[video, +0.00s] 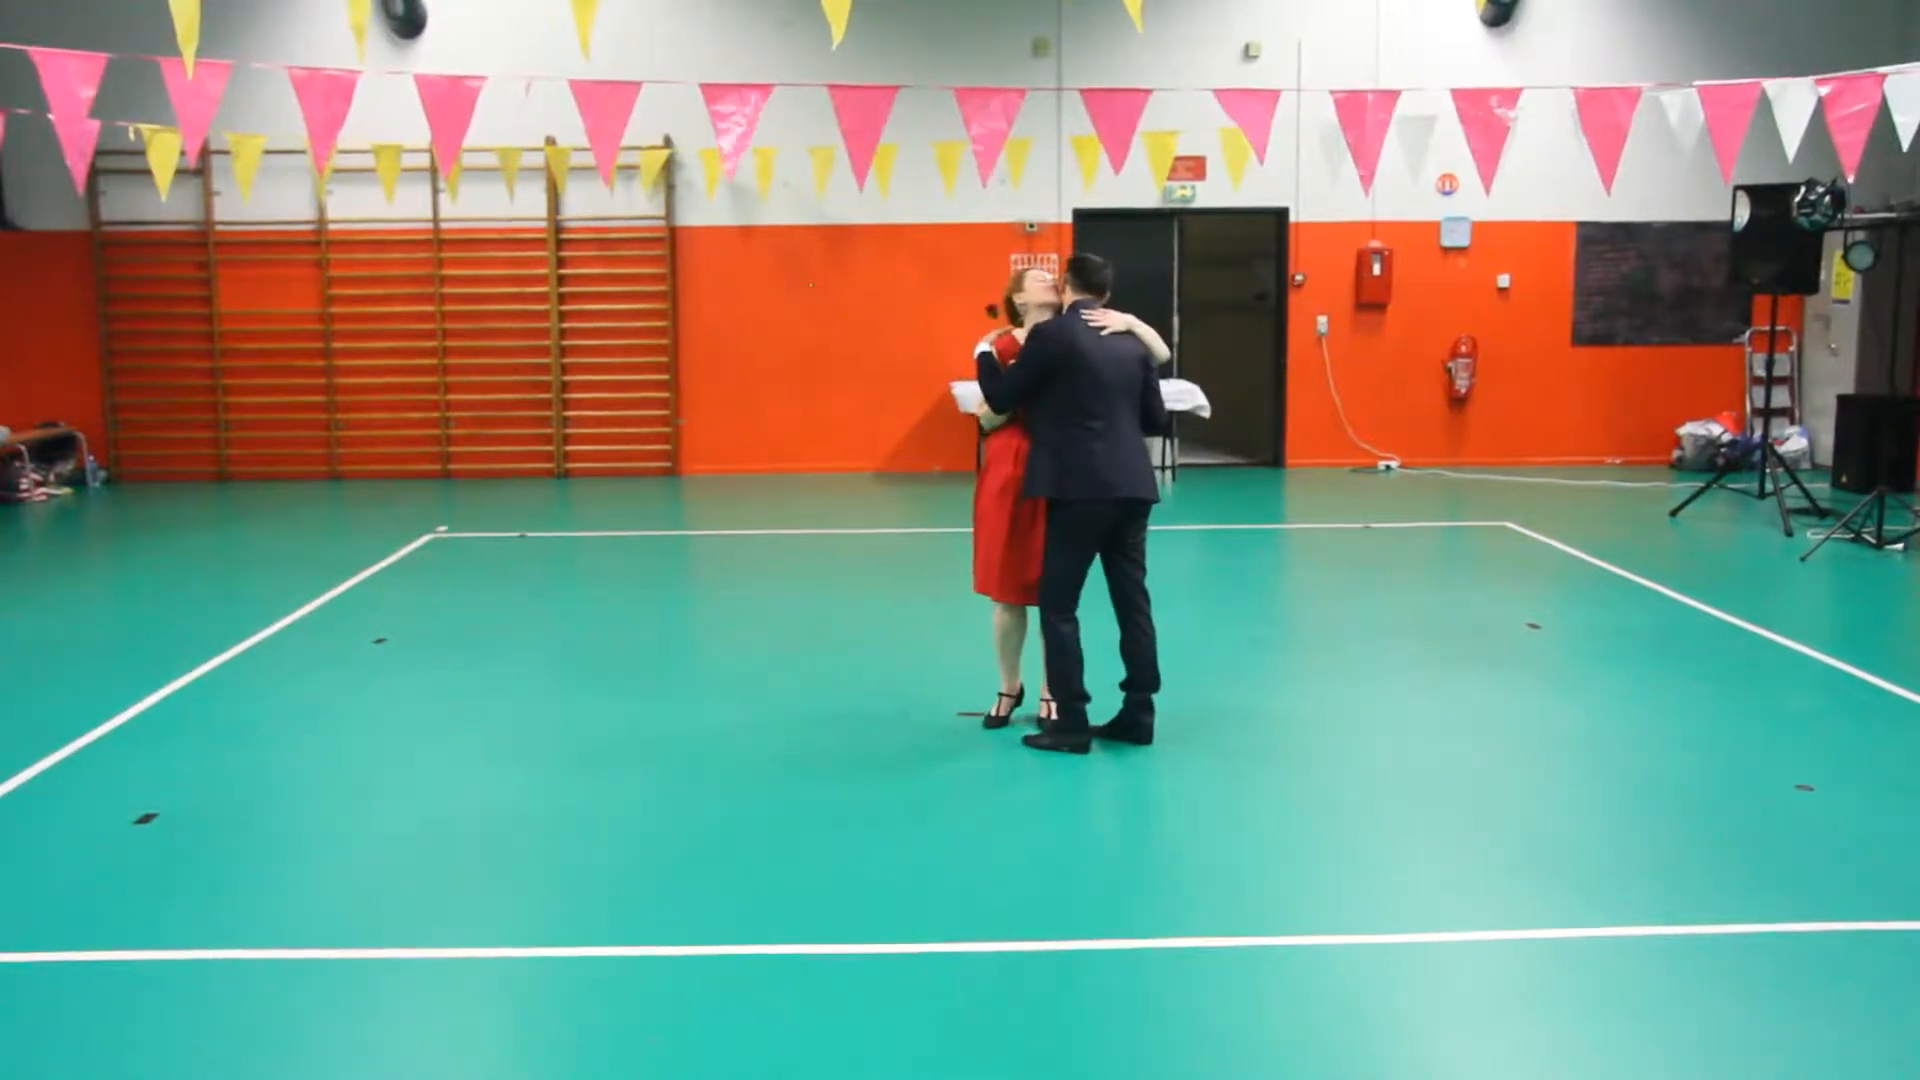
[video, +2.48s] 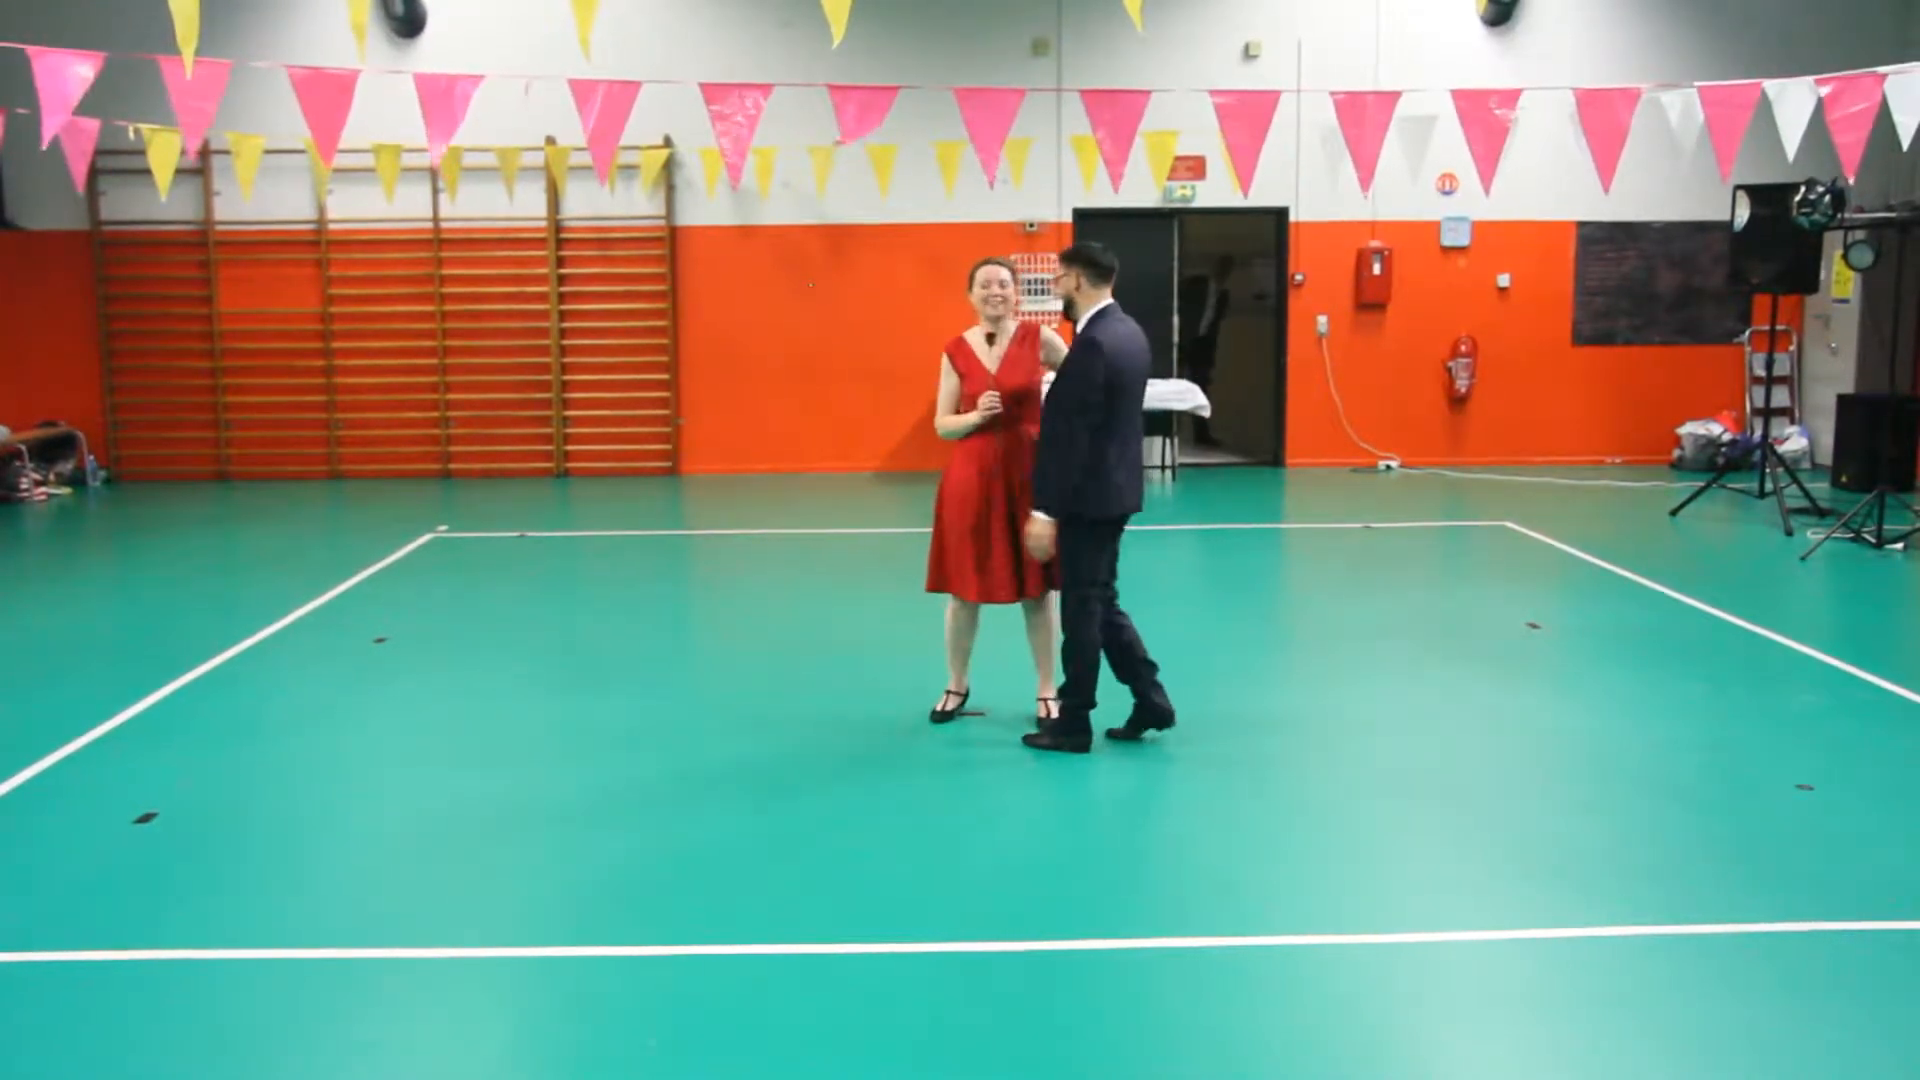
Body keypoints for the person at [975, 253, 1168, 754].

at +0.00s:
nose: (1051, 284)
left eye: (1054, 279)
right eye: (1043, 279)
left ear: (1067, 287)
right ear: (1107, 294)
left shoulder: (1054, 335)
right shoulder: (1132, 343)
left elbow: (999, 397)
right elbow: (1157, 421)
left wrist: (984, 352)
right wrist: (1107, 416)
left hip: (1077, 488)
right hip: (1133, 487)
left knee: (1057, 606)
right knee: (1133, 601)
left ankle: (1068, 722)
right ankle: (1139, 714)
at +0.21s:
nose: (1054, 282)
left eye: (1058, 276)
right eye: (1047, 278)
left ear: (1070, 285)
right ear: (1111, 290)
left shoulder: (1058, 337)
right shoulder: (1134, 344)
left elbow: (1008, 398)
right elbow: (1155, 420)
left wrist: (986, 353)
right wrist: (1108, 417)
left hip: (1078, 488)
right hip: (1133, 487)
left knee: (1057, 603)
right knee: (1133, 600)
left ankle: (1069, 720)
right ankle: (1139, 713)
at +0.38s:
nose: (1048, 292)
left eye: (1052, 284)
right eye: (1037, 286)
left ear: (1061, 291)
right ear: (1013, 299)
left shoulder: (1076, 345)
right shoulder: (996, 353)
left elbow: (1159, 364)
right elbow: (990, 431)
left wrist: (1150, 330)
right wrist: (1032, 377)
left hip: (1065, 484)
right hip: (1010, 485)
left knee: (1058, 599)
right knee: (1006, 598)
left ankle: (1053, 691)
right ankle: (997, 684)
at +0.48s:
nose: (1050, 293)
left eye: (1053, 284)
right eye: (1042, 286)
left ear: (1067, 286)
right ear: (1105, 288)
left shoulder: (1067, 341)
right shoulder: (1137, 340)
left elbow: (1014, 392)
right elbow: (1146, 416)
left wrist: (981, 368)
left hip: (1079, 491)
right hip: (1129, 489)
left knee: (1053, 604)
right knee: (1131, 601)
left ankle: (1068, 721)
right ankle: (1138, 714)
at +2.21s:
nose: (1041, 288)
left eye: (1044, 280)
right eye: (1041, 280)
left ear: (1057, 280)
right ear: (1101, 281)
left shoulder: (1068, 345)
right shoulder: (1128, 334)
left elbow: (1027, 411)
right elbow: (1099, 409)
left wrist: (974, 438)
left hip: (1069, 489)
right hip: (1109, 484)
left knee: (1067, 601)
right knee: (1067, 595)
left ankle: (1072, 724)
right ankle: (1121, 689)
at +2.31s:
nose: (1051, 286)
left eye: (1054, 277)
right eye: (1053, 277)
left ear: (1068, 282)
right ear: (1103, 281)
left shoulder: (1079, 345)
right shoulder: (1127, 335)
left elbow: (1038, 419)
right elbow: (1100, 412)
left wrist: (993, 480)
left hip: (1075, 493)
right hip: (1108, 486)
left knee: (1072, 601)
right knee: (1072, 595)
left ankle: (1070, 724)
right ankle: (1136, 688)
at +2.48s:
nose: (1055, 284)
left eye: (1059, 275)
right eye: (1057, 275)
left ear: (1076, 279)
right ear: (1107, 280)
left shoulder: (1090, 345)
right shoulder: (1130, 333)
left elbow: (1064, 433)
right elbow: (1111, 410)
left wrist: (1044, 509)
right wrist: (1062, 366)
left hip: (1087, 497)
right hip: (1115, 492)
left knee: (1081, 607)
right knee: (1099, 603)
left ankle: (1072, 723)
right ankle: (1151, 700)